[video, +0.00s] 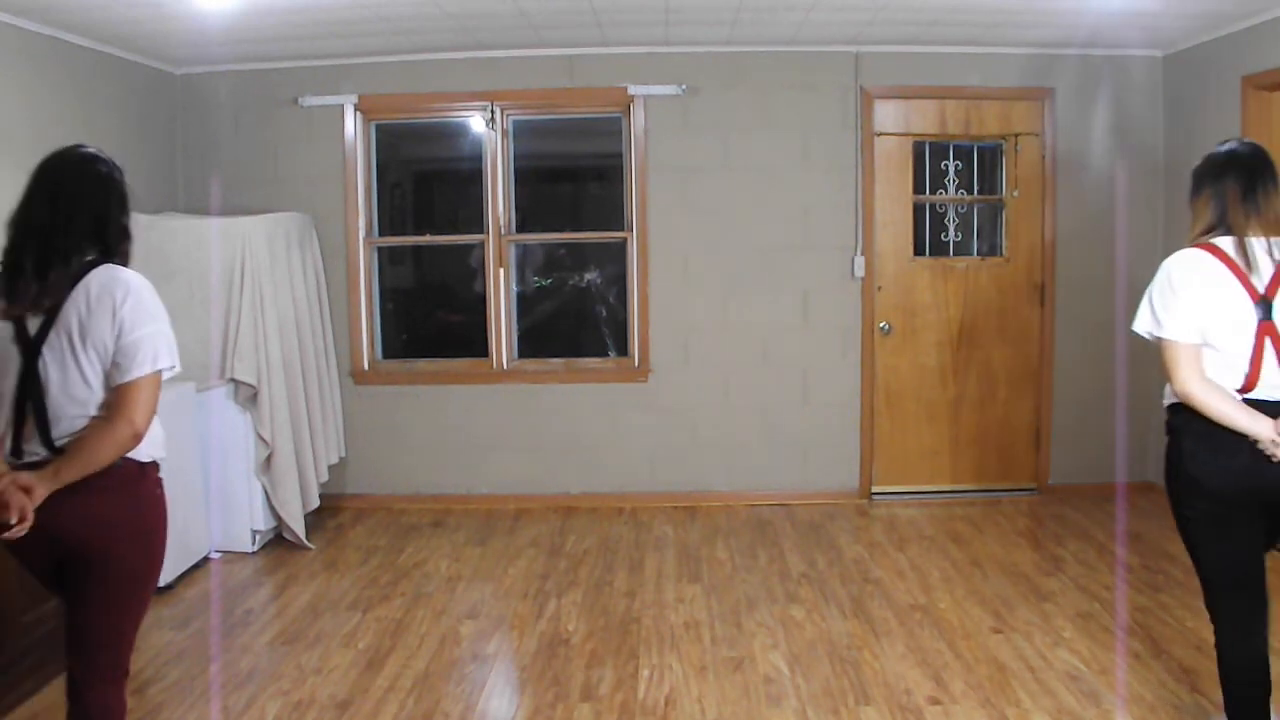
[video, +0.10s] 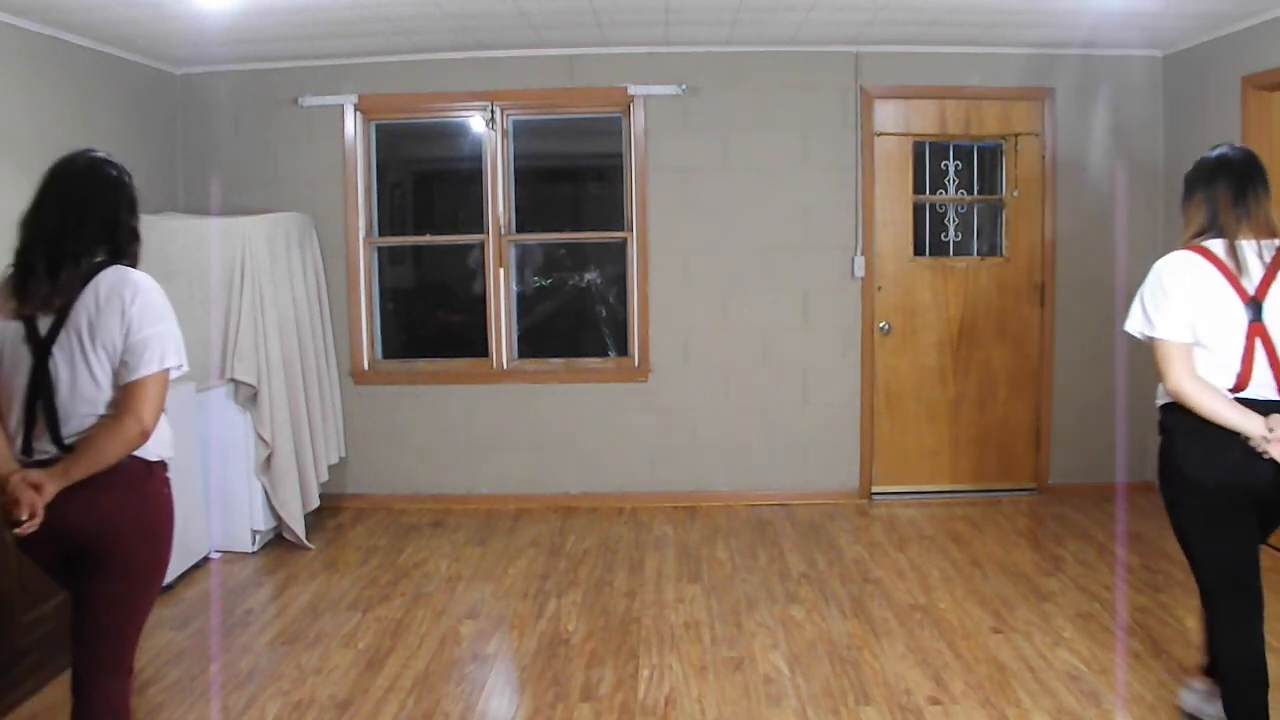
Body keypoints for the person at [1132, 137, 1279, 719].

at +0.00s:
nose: (1196, 206)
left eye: (1198, 196)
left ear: (1206, 196)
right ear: (1271, 195)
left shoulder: (1187, 268)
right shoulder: (1277, 260)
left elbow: (1186, 379)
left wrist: (1266, 430)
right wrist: (1269, 429)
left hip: (1214, 444)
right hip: (1270, 435)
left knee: (1238, 609)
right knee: (1241, 602)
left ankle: (1248, 712)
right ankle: (1252, 706)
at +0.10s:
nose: (1187, 209)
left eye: (1189, 199)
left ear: (1196, 200)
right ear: (1263, 197)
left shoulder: (1177, 270)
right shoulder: (1277, 259)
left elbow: (1179, 380)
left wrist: (1260, 428)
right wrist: (1267, 429)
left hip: (1205, 443)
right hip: (1272, 436)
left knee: (1232, 596)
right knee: (1230, 559)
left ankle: (1246, 708)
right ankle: (1215, 680)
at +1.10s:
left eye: (1082, 195)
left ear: (1079, 199)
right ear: (1132, 198)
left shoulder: (1061, 256)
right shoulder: (1164, 256)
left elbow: (1055, 339)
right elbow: (1187, 337)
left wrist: (1107, 382)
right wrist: (1132, 380)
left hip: (1075, 396)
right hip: (1144, 396)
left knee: (1049, 480)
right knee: (1124, 514)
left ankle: (1072, 581)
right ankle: (1116, 637)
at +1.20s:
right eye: (1118, 196)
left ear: (1067, 203)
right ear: (1120, 201)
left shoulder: (1051, 257)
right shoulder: (1152, 258)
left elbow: (1044, 338)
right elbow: (1176, 336)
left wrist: (1097, 380)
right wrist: (1125, 376)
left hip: (1065, 396)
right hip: (1132, 396)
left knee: (1037, 476)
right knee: (1116, 513)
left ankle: (1059, 579)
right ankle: (1115, 635)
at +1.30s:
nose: (1050, 212)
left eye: (1052, 204)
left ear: (1053, 208)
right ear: (1104, 205)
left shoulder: (1038, 261)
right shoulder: (1136, 261)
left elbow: (1033, 342)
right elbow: (1161, 337)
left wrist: (1087, 383)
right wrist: (1111, 378)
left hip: (1051, 398)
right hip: (1116, 399)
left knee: (1021, 480)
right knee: (1108, 517)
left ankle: (1026, 581)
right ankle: (1113, 635)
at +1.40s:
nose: (1029, 222)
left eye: (1030, 214)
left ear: (1036, 216)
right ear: (1084, 213)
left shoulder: (1022, 268)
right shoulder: (1118, 268)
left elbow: (1018, 345)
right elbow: (1141, 342)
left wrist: (1071, 388)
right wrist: (1089, 382)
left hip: (1034, 398)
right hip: (1099, 402)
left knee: (1007, 482)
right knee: (1097, 518)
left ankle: (984, 564)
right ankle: (1111, 634)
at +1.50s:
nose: (1006, 228)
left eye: (1008, 220)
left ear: (1012, 222)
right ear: (1059, 219)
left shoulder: (999, 271)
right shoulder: (1094, 270)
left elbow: (997, 344)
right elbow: (1116, 341)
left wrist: (1045, 387)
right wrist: (1067, 384)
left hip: (1013, 398)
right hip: (1078, 400)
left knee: (988, 486)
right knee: (1081, 513)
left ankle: (957, 560)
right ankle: (1108, 622)